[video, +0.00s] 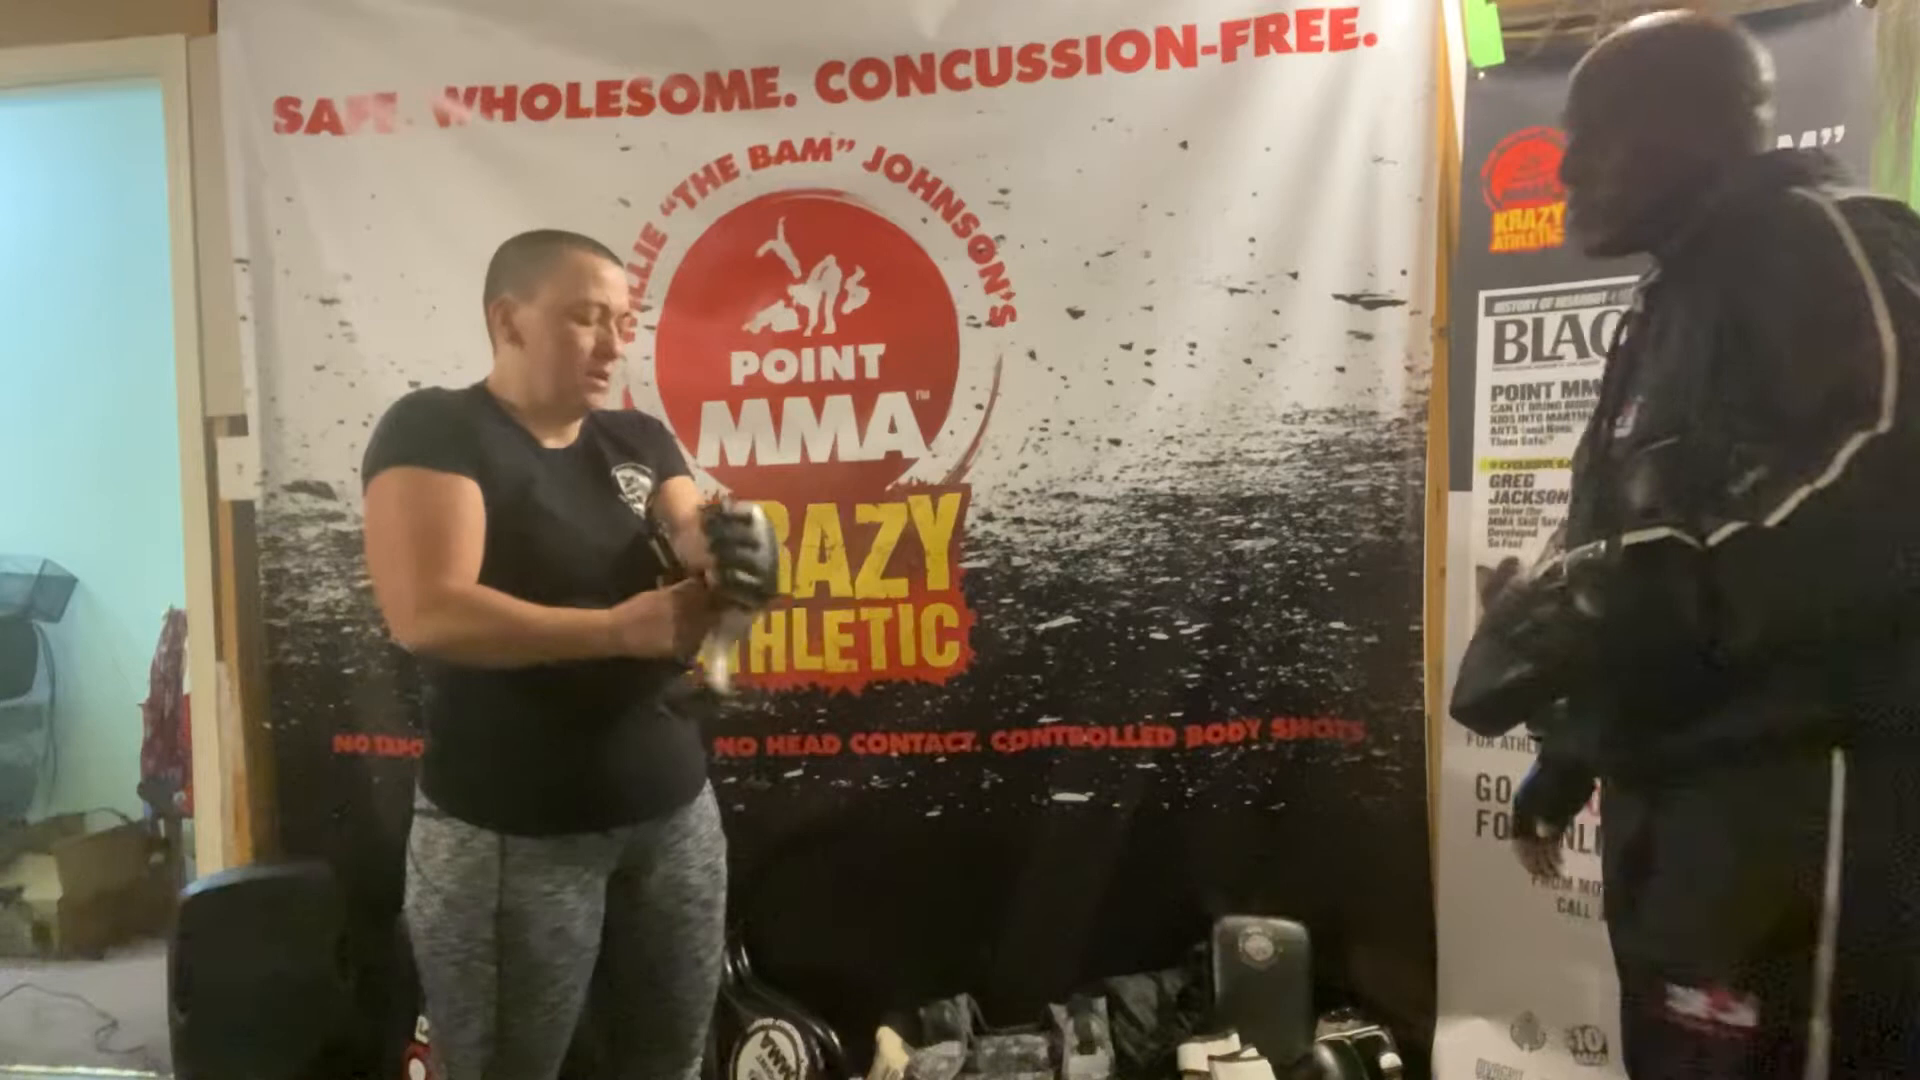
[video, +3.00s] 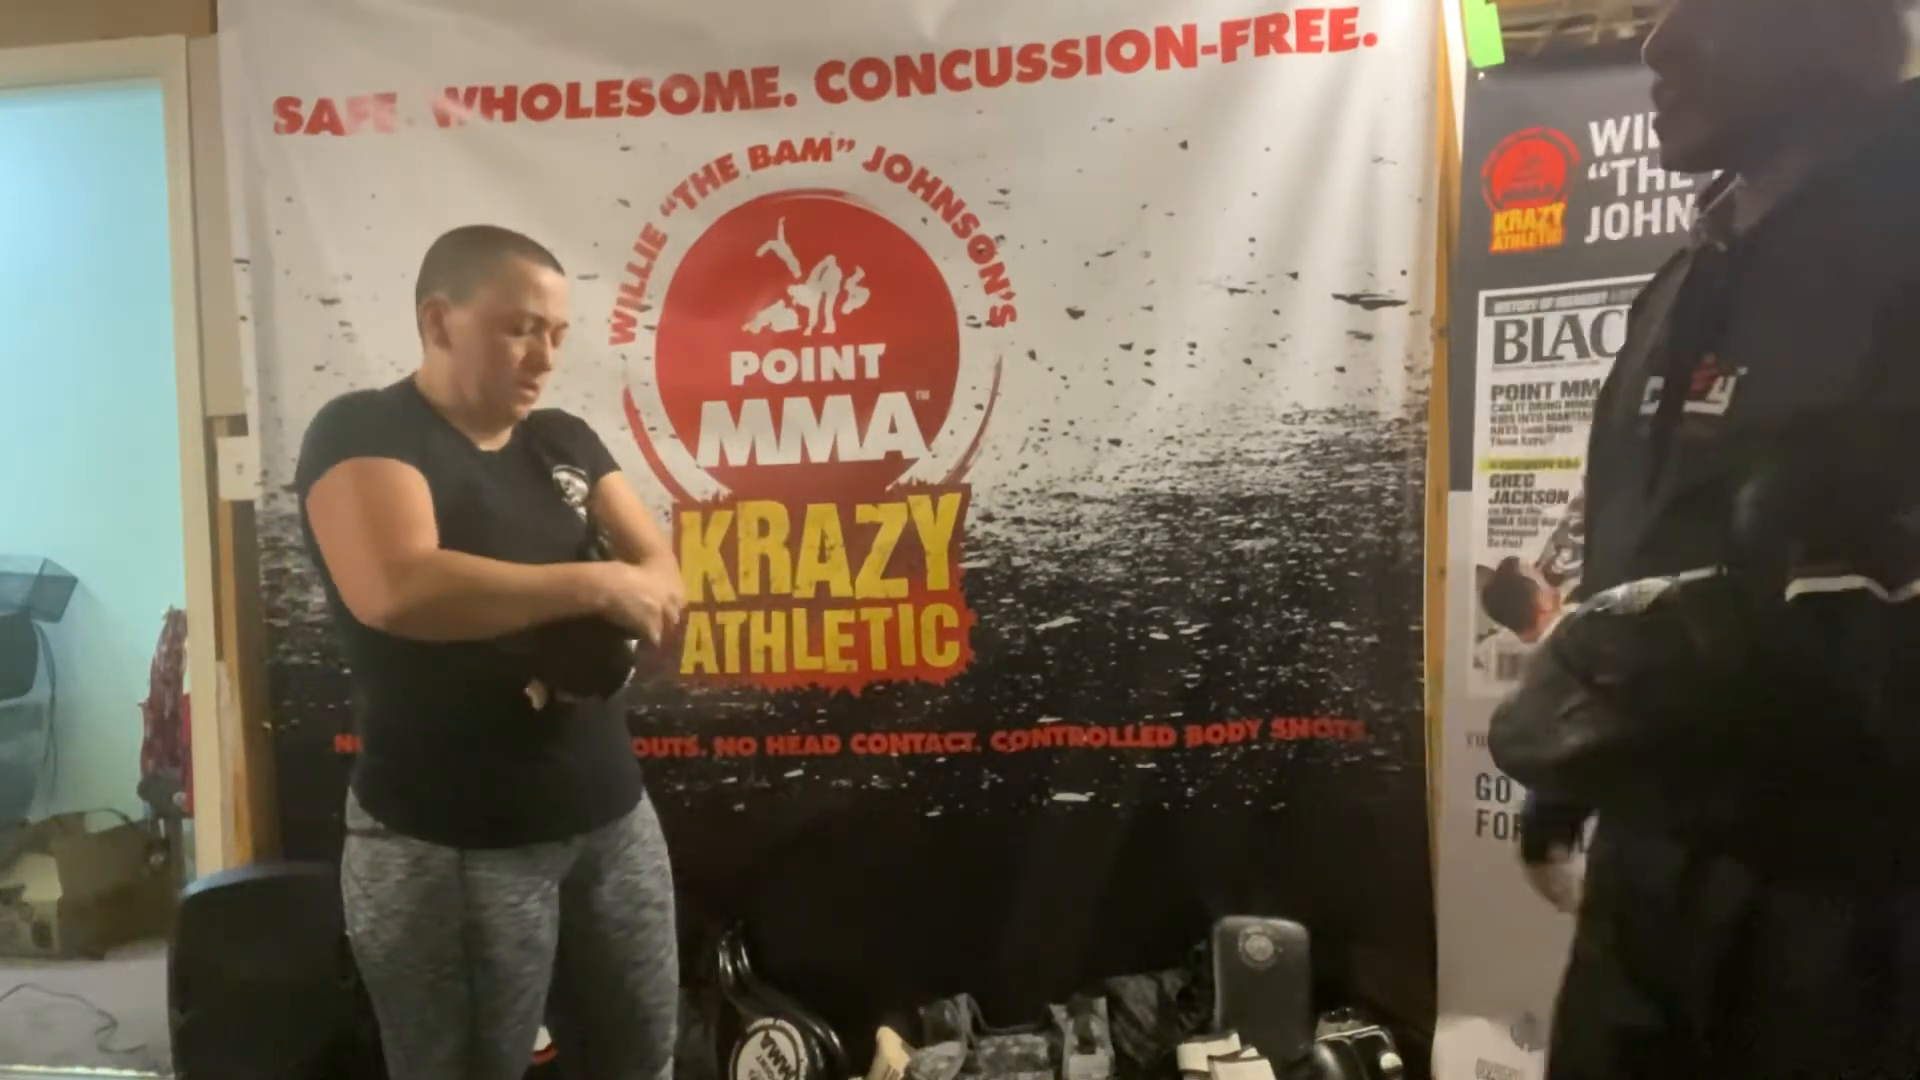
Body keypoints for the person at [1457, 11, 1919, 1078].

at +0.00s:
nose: (1565, 164)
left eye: (1591, 131)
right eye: (1569, 134)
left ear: (1677, 135)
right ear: (1652, 147)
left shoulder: (1792, 229)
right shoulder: (1678, 290)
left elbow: (1872, 470)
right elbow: (1627, 544)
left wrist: (1634, 599)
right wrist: (1566, 760)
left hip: (1782, 771)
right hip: (1688, 772)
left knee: (1733, 1045)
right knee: (1677, 1042)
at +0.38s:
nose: (1638, 108)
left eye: (1667, 73)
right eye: (1648, 78)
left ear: (1774, 63)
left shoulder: (1891, 217)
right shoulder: (1701, 311)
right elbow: (1670, 581)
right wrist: (1610, 744)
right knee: (1643, 1052)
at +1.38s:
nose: (1608, 57)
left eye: (1654, 34)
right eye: (1617, 38)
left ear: (1765, 65)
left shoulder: (1846, 229)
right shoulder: (1639, 285)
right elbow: (1584, 548)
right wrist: (1533, 766)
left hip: (1794, 808)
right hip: (1635, 811)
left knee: (1799, 1053)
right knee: (1617, 1053)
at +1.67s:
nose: (1503, 142)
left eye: (1532, 104)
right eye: (1508, 116)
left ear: (1639, 112)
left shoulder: (1765, 230)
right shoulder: (1539, 338)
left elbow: (1890, 452)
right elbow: (1508, 591)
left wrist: (1598, 596)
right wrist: (1423, 768)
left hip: (1766, 775)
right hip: (1591, 790)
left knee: (1762, 1057)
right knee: (1595, 1053)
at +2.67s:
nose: (1629, 69)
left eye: (1676, 35)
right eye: (1622, 47)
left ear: (1805, 51)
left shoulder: (1884, 227)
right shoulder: (1613, 300)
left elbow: (1894, 572)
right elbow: (1543, 564)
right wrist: (1447, 732)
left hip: (1823, 842)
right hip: (1617, 839)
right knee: (1592, 1058)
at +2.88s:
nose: (1643, 40)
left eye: (1681, 9)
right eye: (1645, 19)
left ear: (1822, 24)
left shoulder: (1892, 196)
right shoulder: (1643, 305)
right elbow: (1615, 591)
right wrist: (1516, 753)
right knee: (1590, 1057)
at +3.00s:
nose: (1652, 40)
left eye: (1698, 7)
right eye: (1663, 16)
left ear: (1837, 25)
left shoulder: (1897, 215)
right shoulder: (1671, 290)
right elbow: (1623, 557)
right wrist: (1565, 775)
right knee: (1606, 1059)